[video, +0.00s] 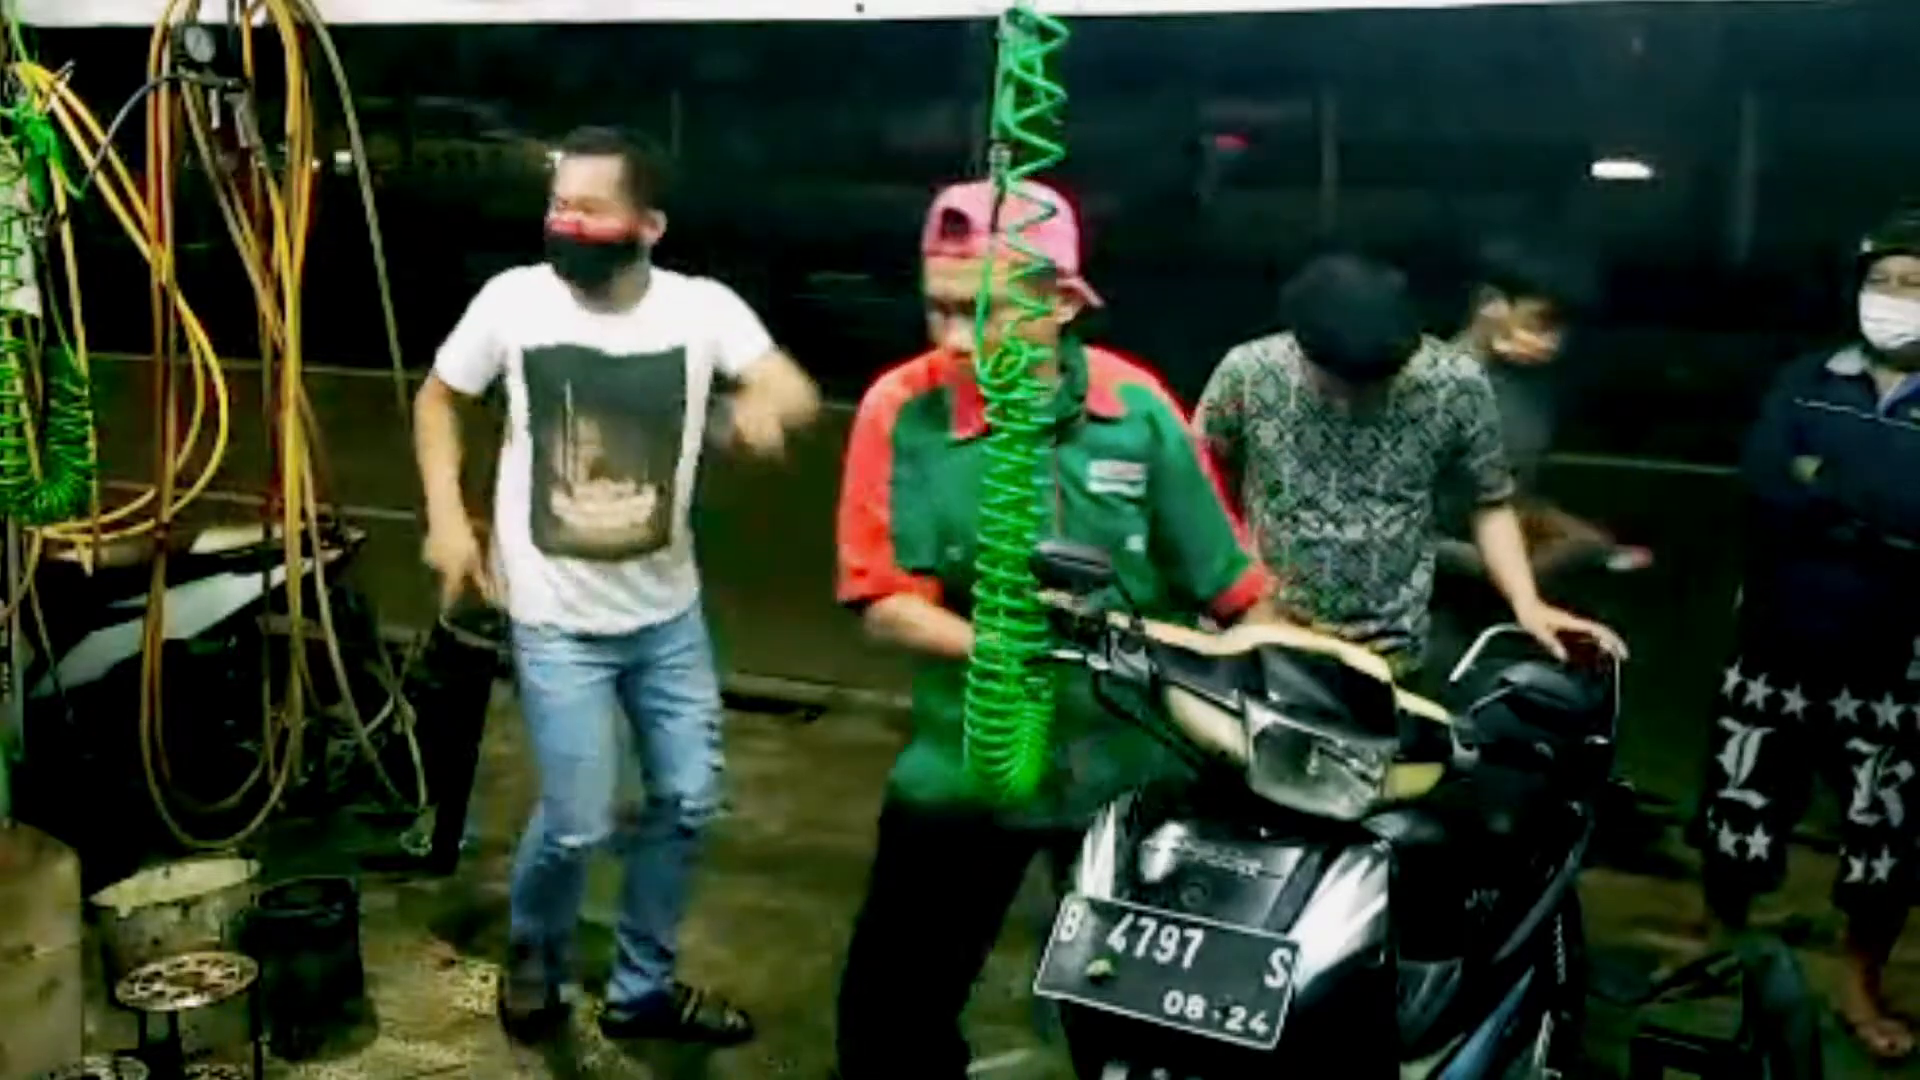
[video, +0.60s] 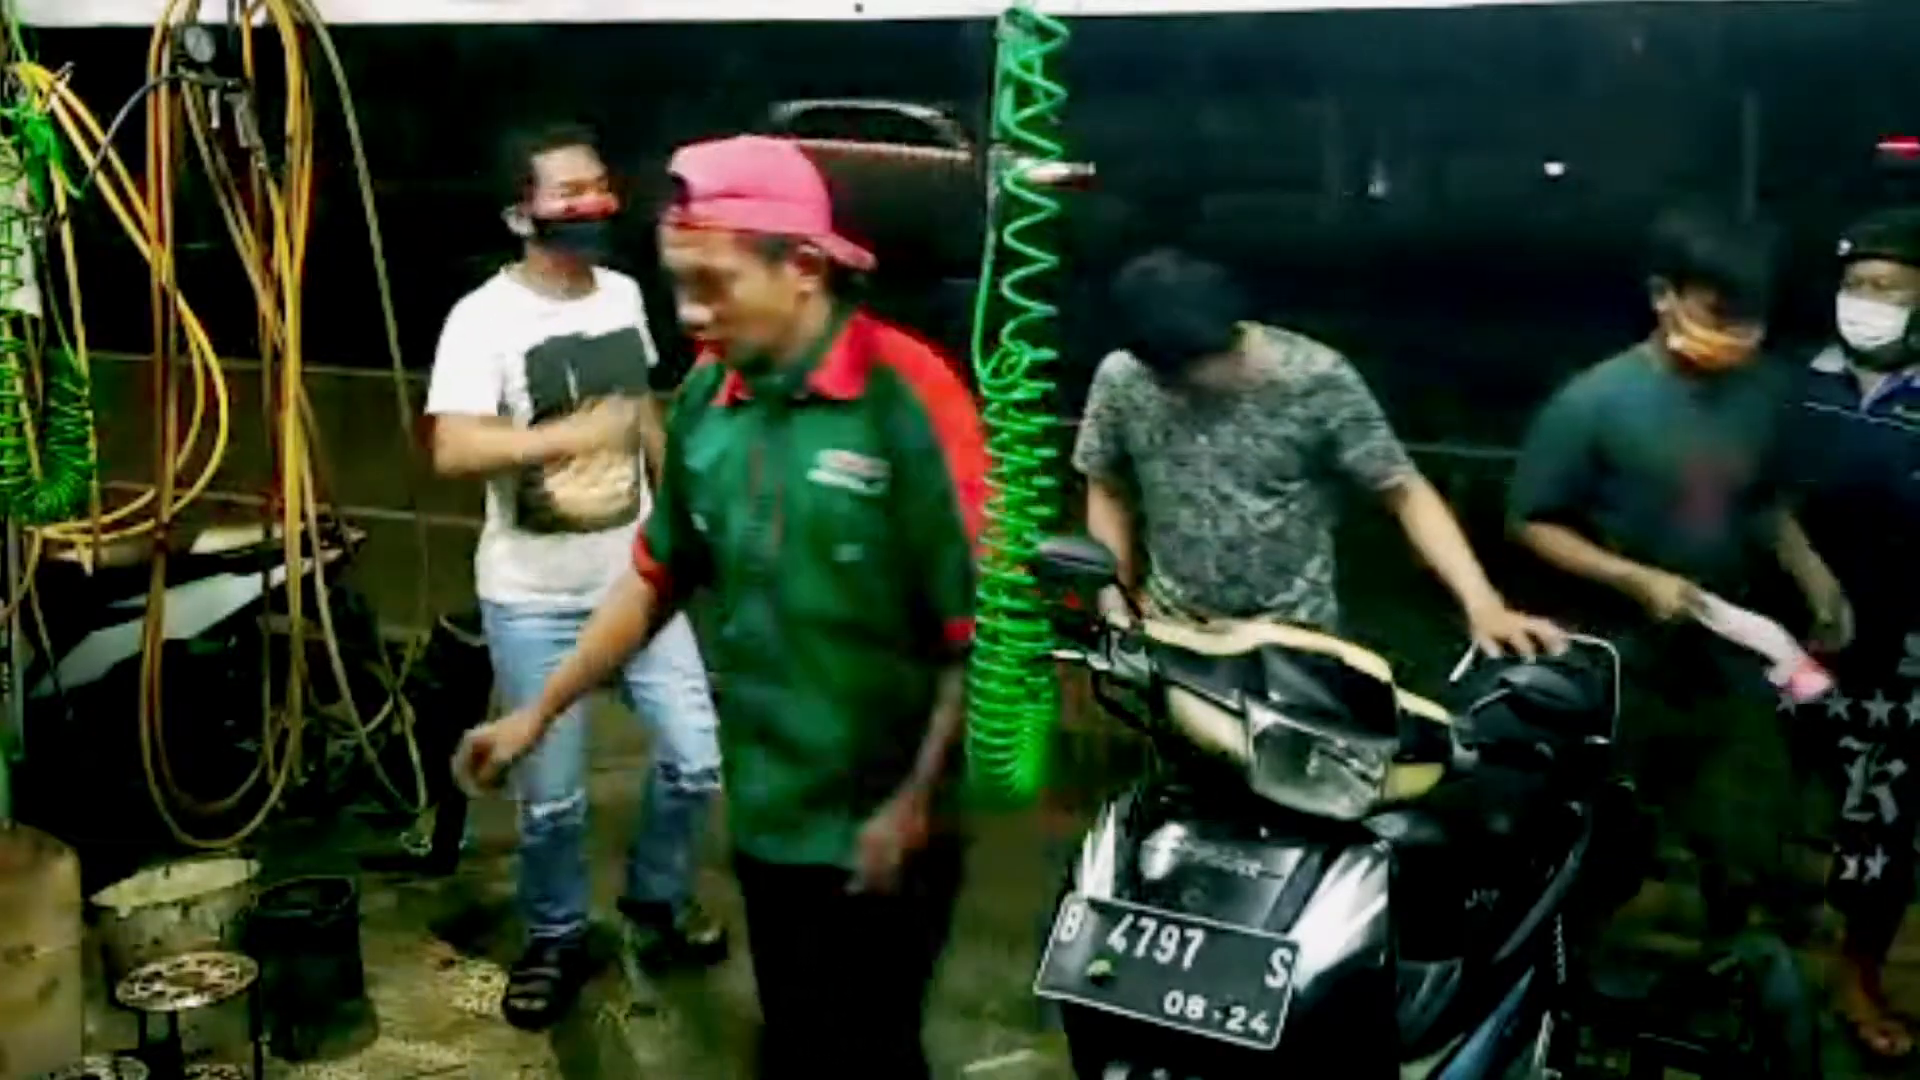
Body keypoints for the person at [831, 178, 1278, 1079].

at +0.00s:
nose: (952, 335)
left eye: (977, 313)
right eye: (941, 310)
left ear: (1059, 306)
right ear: (927, 300)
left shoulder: (1135, 407)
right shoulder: (902, 407)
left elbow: (1241, 596)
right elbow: (885, 604)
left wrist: (1337, 663)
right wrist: (1012, 648)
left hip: (1121, 774)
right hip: (960, 775)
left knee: (1135, 1023)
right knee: (890, 1018)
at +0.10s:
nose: (903, 345)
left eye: (926, 319)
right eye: (888, 318)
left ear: (1006, 306)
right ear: (873, 308)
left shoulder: (1100, 408)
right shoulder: (861, 418)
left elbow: (1211, 586)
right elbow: (853, 616)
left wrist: (1325, 652)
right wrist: (970, 713)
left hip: (1092, 792)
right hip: (922, 790)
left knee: (1135, 1033)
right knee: (863, 1039)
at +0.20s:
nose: (842, 336)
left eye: (864, 311)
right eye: (829, 312)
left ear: (950, 293)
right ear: (816, 303)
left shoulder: (1054, 404)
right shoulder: (818, 420)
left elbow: (1171, 591)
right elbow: (801, 624)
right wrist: (869, 776)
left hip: (1049, 812)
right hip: (876, 809)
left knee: (1112, 1051)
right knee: (847, 1056)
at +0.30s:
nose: (781, 328)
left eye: (800, 301)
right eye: (771, 302)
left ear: (888, 288)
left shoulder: (1016, 400)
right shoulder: (779, 418)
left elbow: (1112, 577)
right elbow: (734, 610)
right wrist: (742, 779)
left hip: (1011, 817)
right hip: (840, 819)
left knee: (1071, 1054)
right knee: (843, 1058)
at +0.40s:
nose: (757, 321)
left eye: (776, 293)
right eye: (746, 296)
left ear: (864, 275)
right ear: (741, 284)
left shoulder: (990, 396)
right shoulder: (750, 411)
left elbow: (1090, 602)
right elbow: (699, 588)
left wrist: (1101, 799)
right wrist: (658, 740)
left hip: (990, 819)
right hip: (826, 820)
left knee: (1039, 1046)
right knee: (844, 1054)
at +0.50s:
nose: (726, 310)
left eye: (744, 284)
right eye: (716, 286)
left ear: (835, 271)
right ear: (709, 278)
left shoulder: (950, 394)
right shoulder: (726, 404)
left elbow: (1017, 590)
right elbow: (667, 577)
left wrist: (1007, 779)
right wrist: (572, 718)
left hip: (938, 808)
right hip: (797, 808)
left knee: (942, 1050)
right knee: (818, 1040)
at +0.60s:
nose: (691, 313)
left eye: (713, 286)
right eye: (683, 286)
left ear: (804, 270)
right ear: (672, 272)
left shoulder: (914, 397)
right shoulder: (703, 404)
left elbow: (981, 633)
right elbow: (651, 581)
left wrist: (915, 798)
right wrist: (536, 714)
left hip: (890, 821)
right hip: (767, 817)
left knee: (873, 1060)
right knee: (792, 1055)